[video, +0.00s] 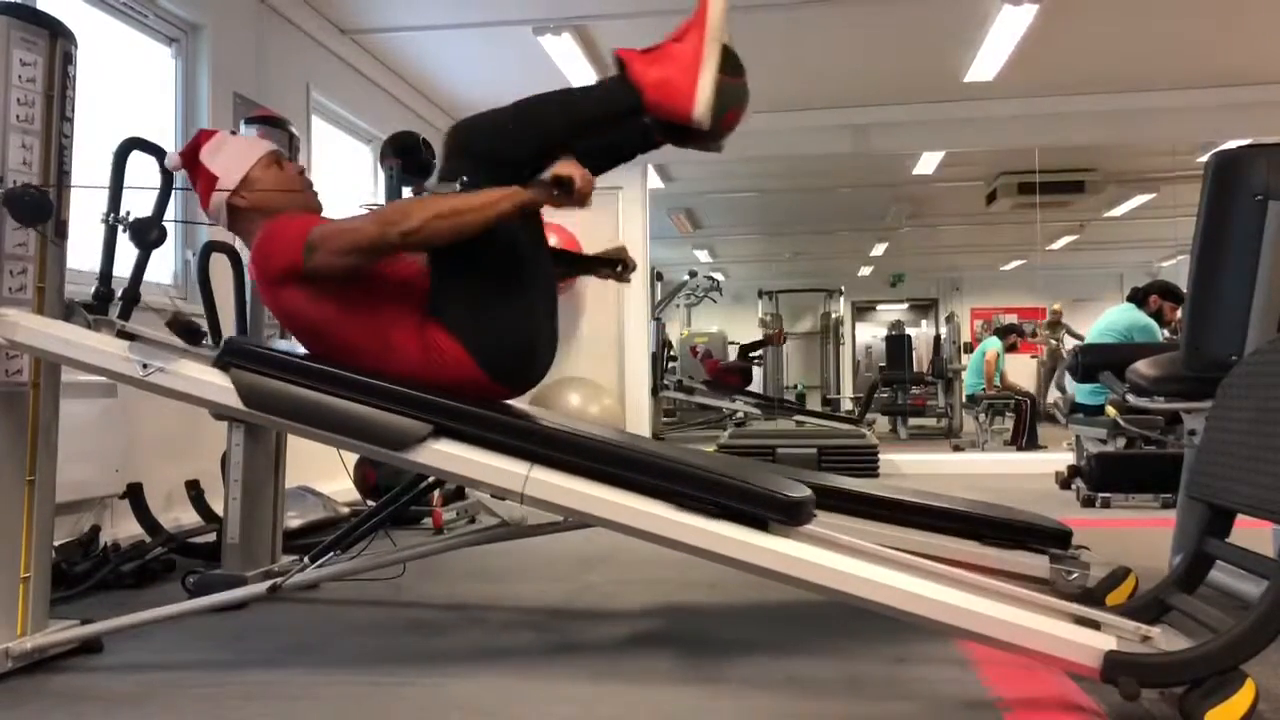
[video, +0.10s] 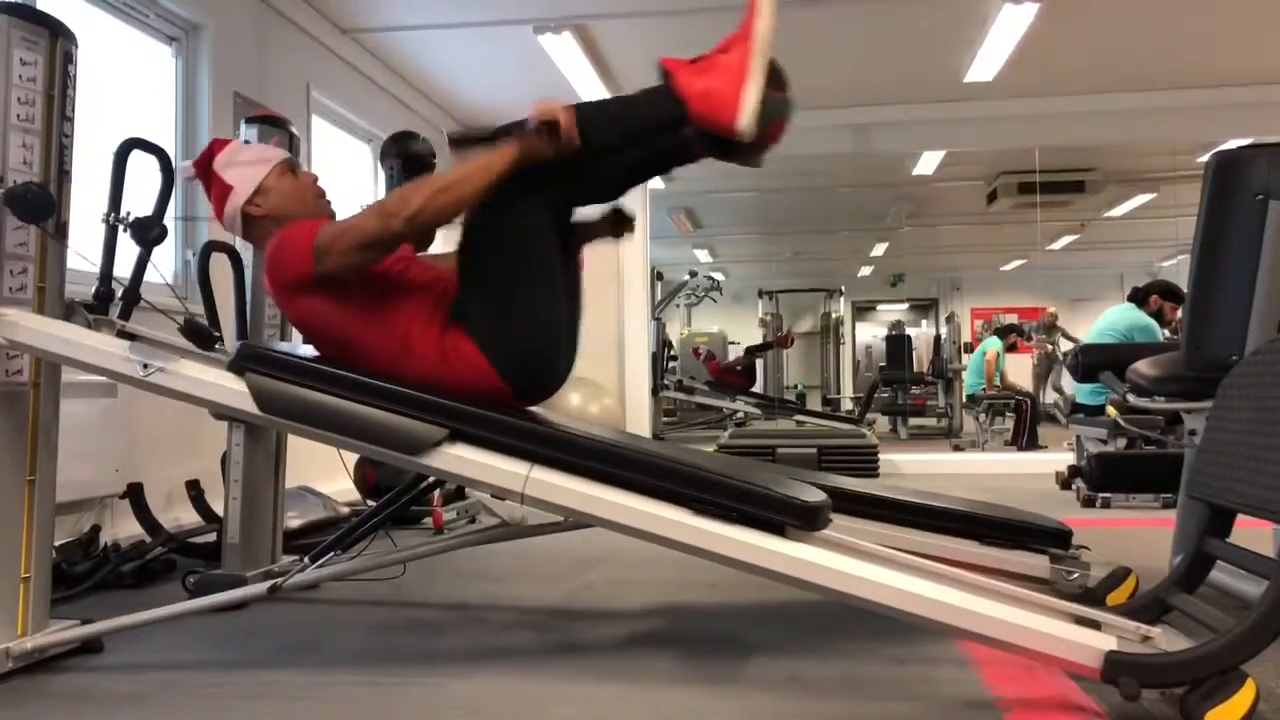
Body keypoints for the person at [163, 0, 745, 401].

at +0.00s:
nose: (301, 167)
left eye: (289, 156)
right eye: (280, 160)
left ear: (249, 196)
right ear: (242, 193)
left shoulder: (297, 255)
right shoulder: (279, 244)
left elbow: (433, 263)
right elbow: (397, 228)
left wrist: (576, 264)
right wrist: (533, 196)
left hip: (498, 343)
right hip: (490, 345)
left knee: (483, 165)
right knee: (471, 147)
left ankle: (673, 120)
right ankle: (651, 83)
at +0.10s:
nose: (309, 175)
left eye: (296, 165)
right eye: (288, 170)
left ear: (268, 202)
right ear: (255, 206)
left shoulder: (321, 260)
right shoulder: (289, 256)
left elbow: (428, 245)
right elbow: (402, 217)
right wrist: (519, 146)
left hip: (512, 351)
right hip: (505, 354)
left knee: (526, 175)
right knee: (520, 172)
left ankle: (711, 129)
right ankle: (692, 96)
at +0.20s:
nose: (325, 185)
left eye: (313, 176)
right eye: (305, 181)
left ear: (292, 204)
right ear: (274, 214)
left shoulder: (356, 273)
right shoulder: (310, 268)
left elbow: (490, 259)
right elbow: (413, 199)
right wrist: (500, 97)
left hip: (531, 344)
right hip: (527, 358)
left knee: (578, 175)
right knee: (569, 164)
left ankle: (770, 146)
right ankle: (750, 115)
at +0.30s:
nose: (344, 193)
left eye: (335, 186)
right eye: (326, 192)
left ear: (329, 212)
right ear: (300, 225)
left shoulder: (376, 277)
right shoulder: (334, 275)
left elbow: (508, 262)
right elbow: (427, 195)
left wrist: (559, 172)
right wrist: (479, 76)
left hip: (553, 350)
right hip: (552, 368)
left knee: (633, 195)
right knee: (631, 188)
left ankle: (826, 155)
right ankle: (822, 147)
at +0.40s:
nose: (369, 199)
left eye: (359, 193)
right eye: (350, 201)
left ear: (339, 230)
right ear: (326, 237)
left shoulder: (409, 287)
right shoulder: (362, 286)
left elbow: (525, 251)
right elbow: (438, 193)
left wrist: (538, 149)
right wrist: (462, 80)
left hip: (590, 359)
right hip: (586, 376)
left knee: (690, 213)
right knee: (687, 214)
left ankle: (893, 175)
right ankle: (893, 168)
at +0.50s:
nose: (385, 204)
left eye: (373, 199)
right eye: (363, 206)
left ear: (370, 234)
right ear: (346, 249)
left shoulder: (440, 296)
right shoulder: (389, 305)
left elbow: (541, 247)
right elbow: (448, 195)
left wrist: (515, 144)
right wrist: (443, 84)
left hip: (623, 368)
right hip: (615, 388)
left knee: (742, 240)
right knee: (736, 242)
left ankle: (950, 200)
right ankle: (949, 190)